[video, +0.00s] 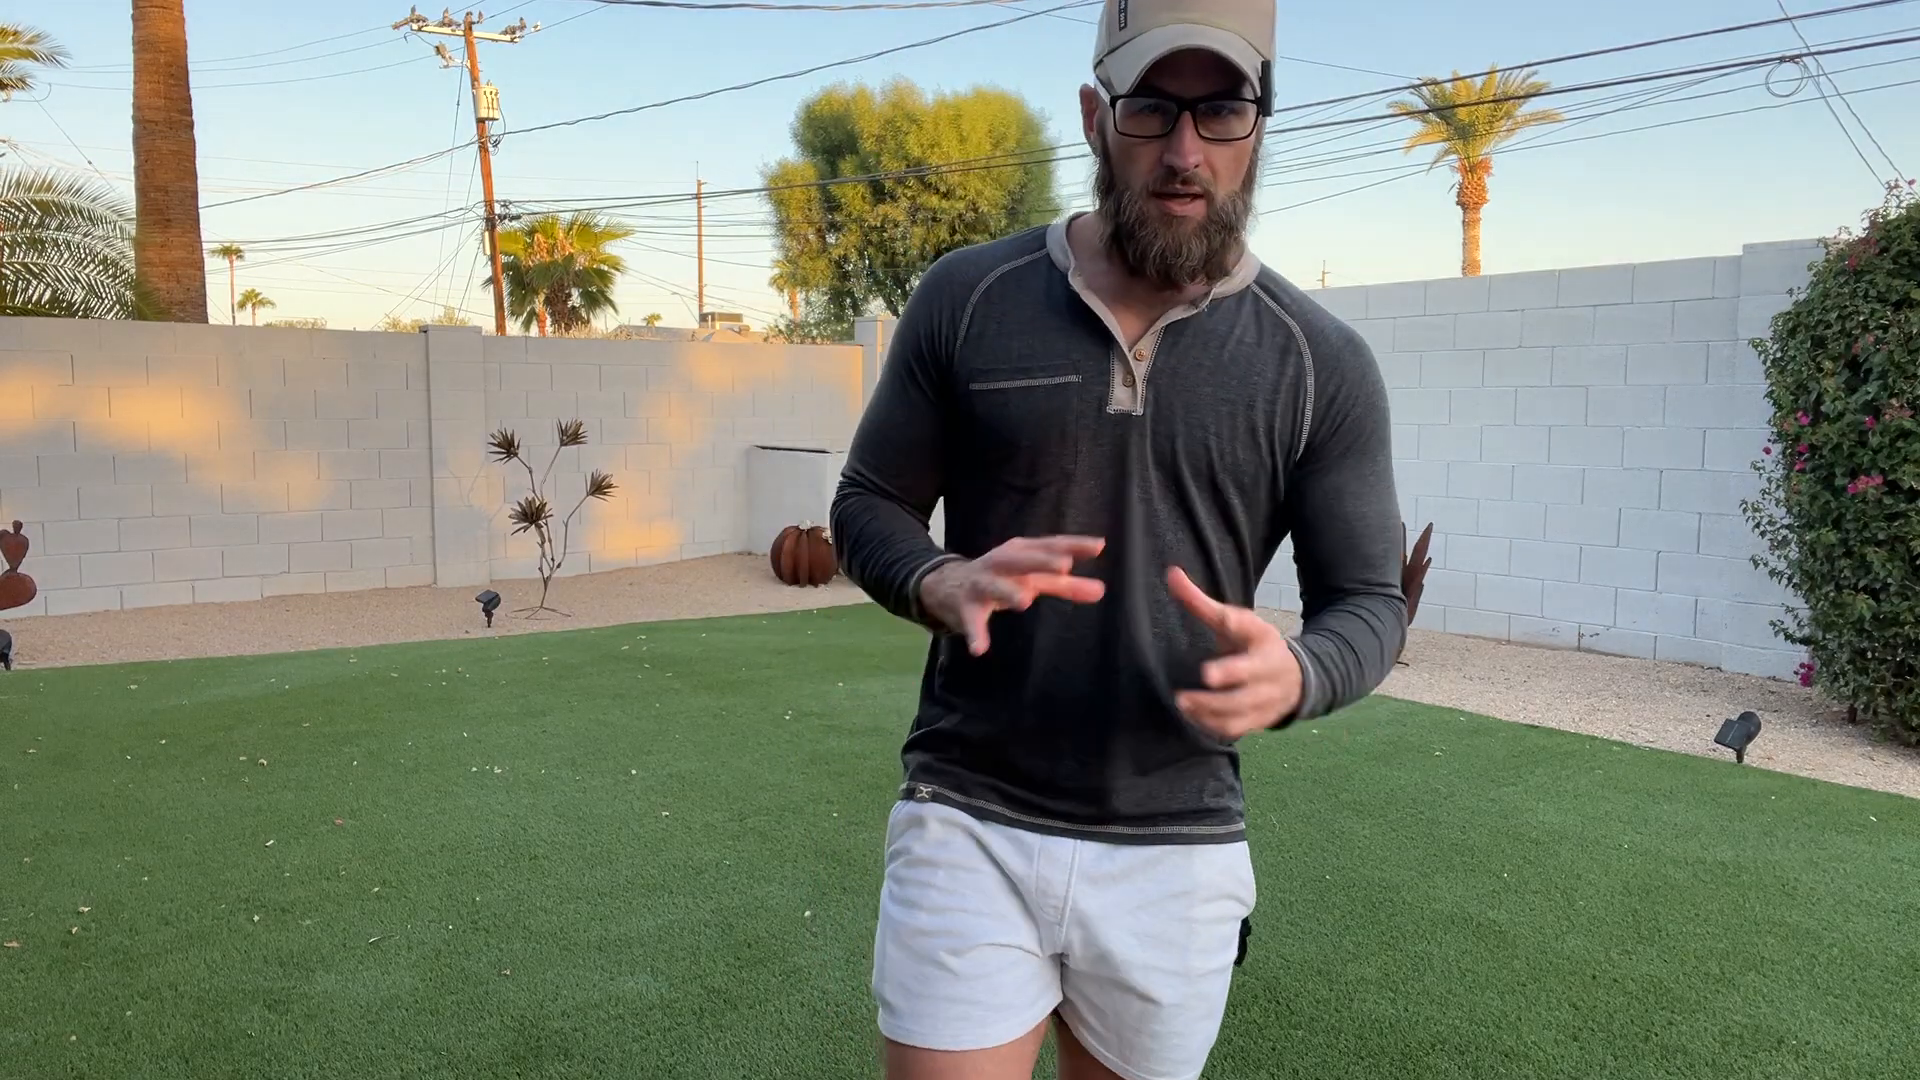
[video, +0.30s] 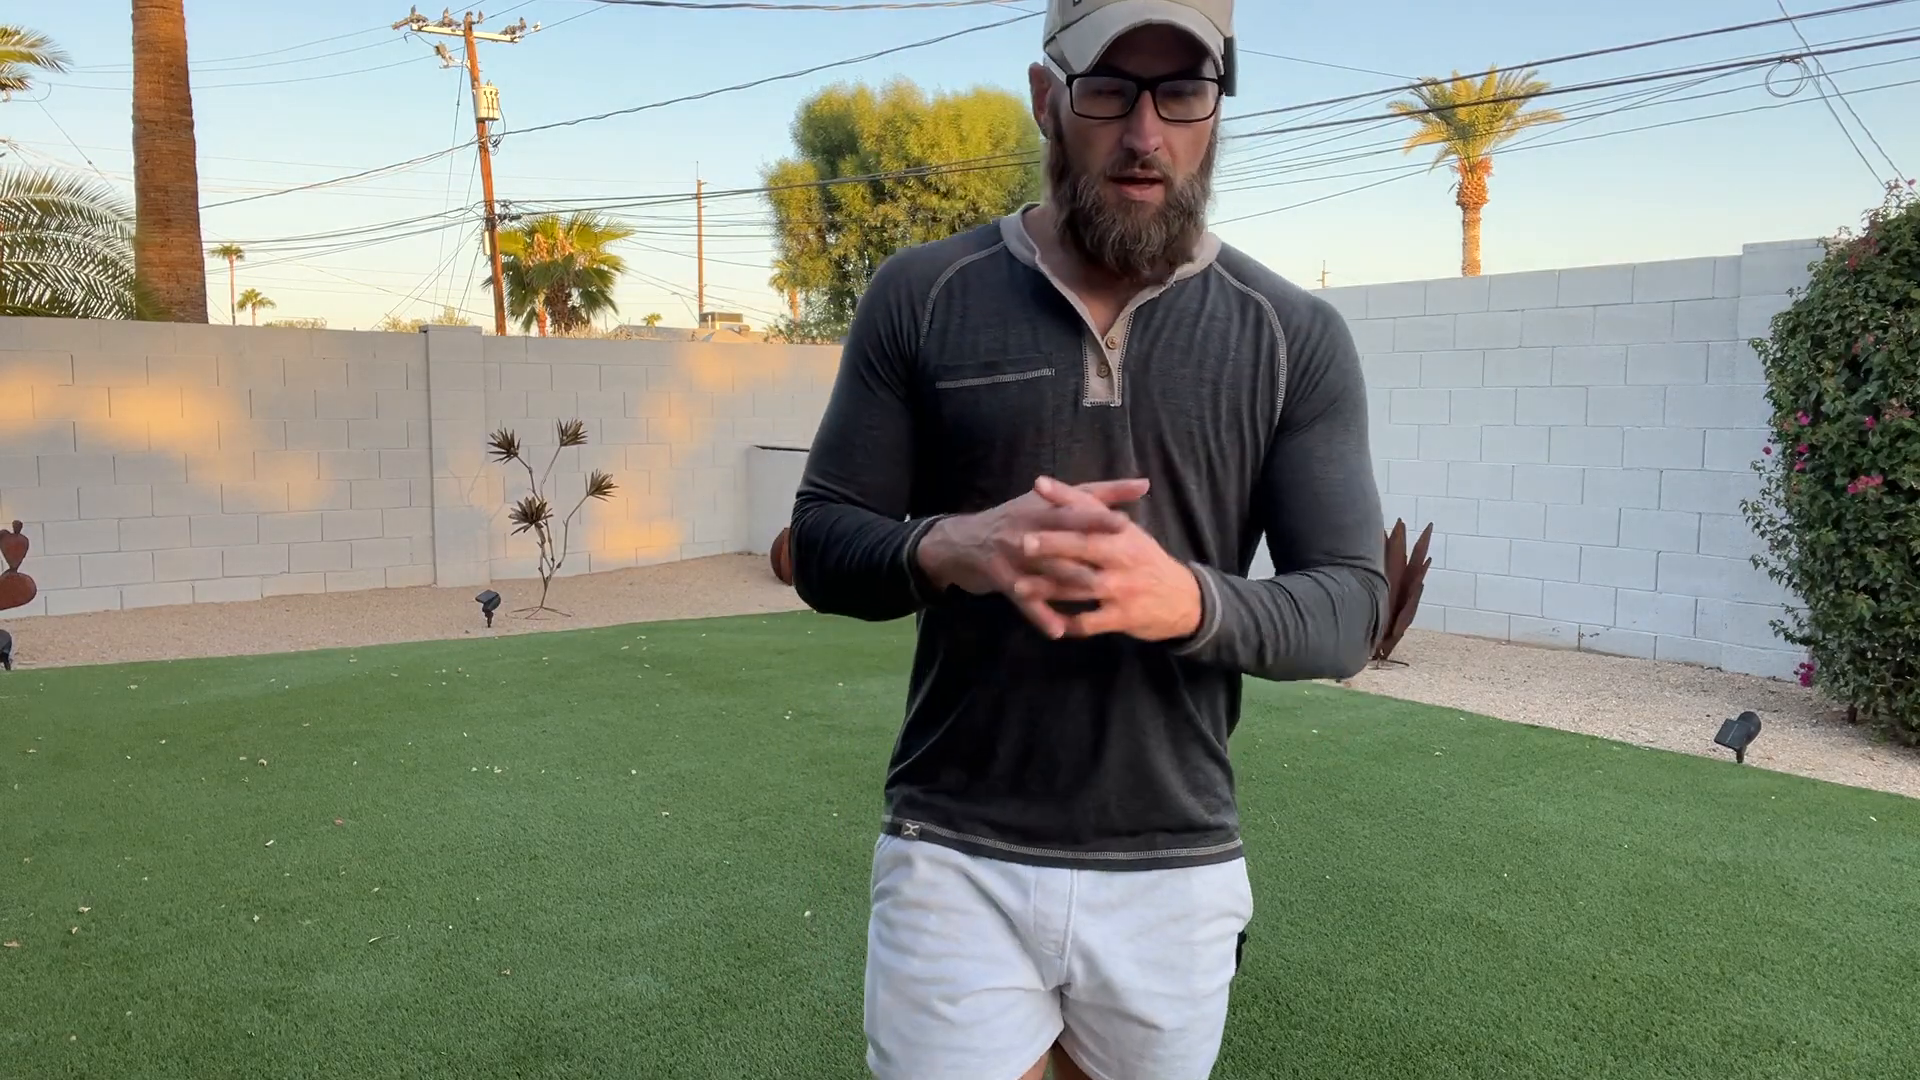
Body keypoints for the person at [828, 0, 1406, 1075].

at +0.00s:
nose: (1184, 152)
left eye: (1219, 119)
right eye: (1151, 113)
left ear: (1257, 136)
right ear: (1096, 120)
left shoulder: (1322, 363)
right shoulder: (964, 302)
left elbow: (1366, 602)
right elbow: (868, 506)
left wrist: (1303, 672)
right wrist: (939, 578)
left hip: (1177, 846)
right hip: (966, 823)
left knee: (1130, 1068)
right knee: (940, 1064)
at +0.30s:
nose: (1145, 138)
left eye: (1179, 102)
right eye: (1110, 98)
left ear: (1216, 115)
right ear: (1048, 101)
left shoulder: (1295, 338)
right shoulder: (919, 300)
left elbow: (1345, 608)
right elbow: (821, 546)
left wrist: (1189, 601)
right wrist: (960, 547)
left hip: (1174, 872)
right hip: (952, 860)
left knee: (1147, 1069)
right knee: (941, 1064)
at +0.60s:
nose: (1108, 153)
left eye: (1136, 108)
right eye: (1066, 106)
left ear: (1164, 101)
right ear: (975, 74)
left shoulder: (1223, 310)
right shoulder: (832, 290)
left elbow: (1287, 532)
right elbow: (741, 545)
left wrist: (1120, 709)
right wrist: (847, 589)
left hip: (1135, 897)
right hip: (902, 899)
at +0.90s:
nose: (975, 97)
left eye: (1013, 53)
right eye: (930, 50)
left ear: (1051, 67)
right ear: (858, 57)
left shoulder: (1140, 286)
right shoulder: (734, 278)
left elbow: (1092, 561)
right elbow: (671, 554)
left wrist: (857, 742)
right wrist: (946, 553)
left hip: (1072, 921)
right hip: (819, 923)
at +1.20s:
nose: (881, 74)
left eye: (922, 27)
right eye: (836, 25)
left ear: (966, 45)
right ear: (768, 35)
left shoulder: (1072, 273)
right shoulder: (659, 289)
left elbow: (1115, 556)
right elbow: (611, 574)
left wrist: (860, 672)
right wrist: (892, 550)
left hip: (1032, 920)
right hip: (776, 939)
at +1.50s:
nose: (856, 89)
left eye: (900, 38)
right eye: (808, 40)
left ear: (953, 47)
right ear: (742, 46)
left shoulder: (1085, 275)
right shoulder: (638, 302)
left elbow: (1193, 551)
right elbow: (579, 563)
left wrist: (1315, 609)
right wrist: (442, 633)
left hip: (1034, 934)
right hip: (766, 960)